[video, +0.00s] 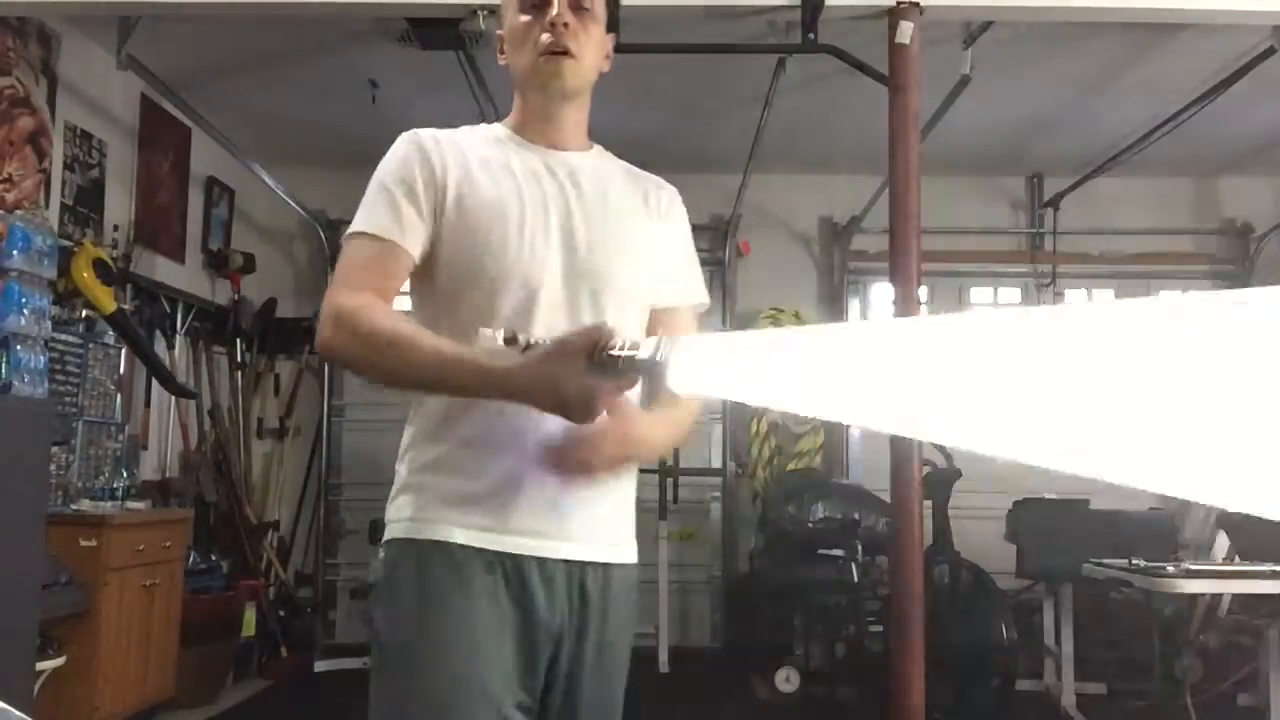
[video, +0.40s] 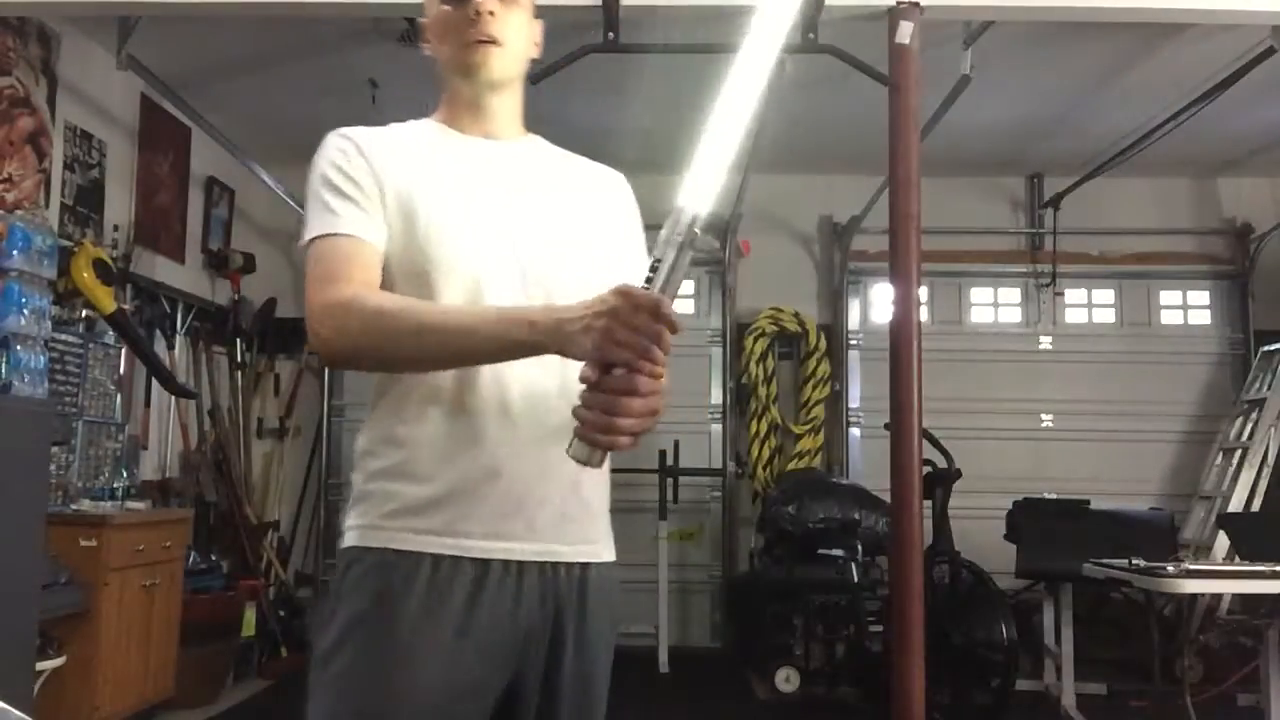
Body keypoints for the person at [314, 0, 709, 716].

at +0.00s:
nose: (558, 16)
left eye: (581, 6)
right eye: (534, 5)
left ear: (608, 50)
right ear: (501, 43)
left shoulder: (656, 204)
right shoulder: (430, 158)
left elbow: (684, 386)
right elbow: (345, 323)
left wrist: (640, 436)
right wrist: (520, 377)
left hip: (601, 562)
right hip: (453, 553)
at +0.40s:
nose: (480, 8)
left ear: (536, 34)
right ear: (425, 31)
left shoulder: (605, 192)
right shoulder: (362, 156)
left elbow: (633, 358)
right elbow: (336, 323)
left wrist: (636, 399)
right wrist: (558, 326)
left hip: (574, 572)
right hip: (411, 568)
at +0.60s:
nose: (398, 1)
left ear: (459, 18)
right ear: (333, 15)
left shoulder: (532, 185)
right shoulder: (267, 142)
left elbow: (571, 366)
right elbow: (269, 325)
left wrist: (583, 417)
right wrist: (509, 345)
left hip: (510, 590)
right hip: (328, 588)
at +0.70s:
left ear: (402, 10)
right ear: (273, 6)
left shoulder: (479, 179)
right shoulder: (197, 122)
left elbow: (504, 393)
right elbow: (206, 323)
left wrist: (533, 436)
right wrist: (467, 356)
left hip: (453, 603)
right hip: (253, 602)